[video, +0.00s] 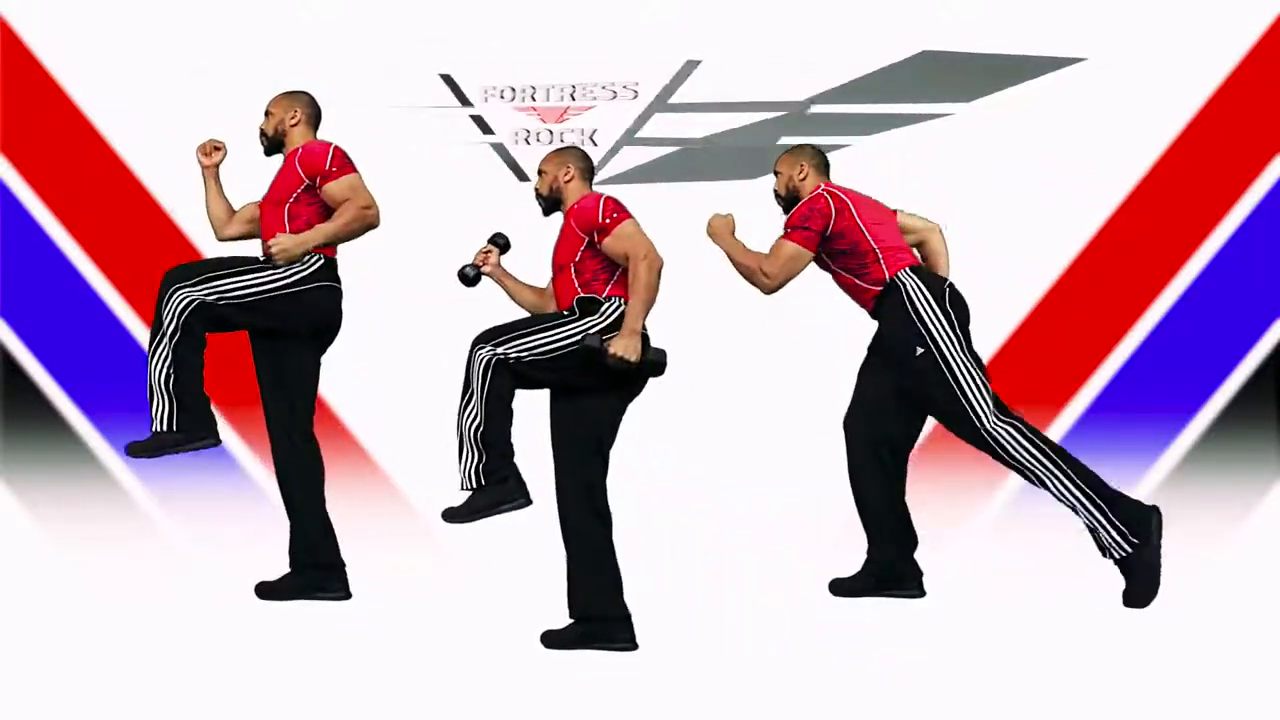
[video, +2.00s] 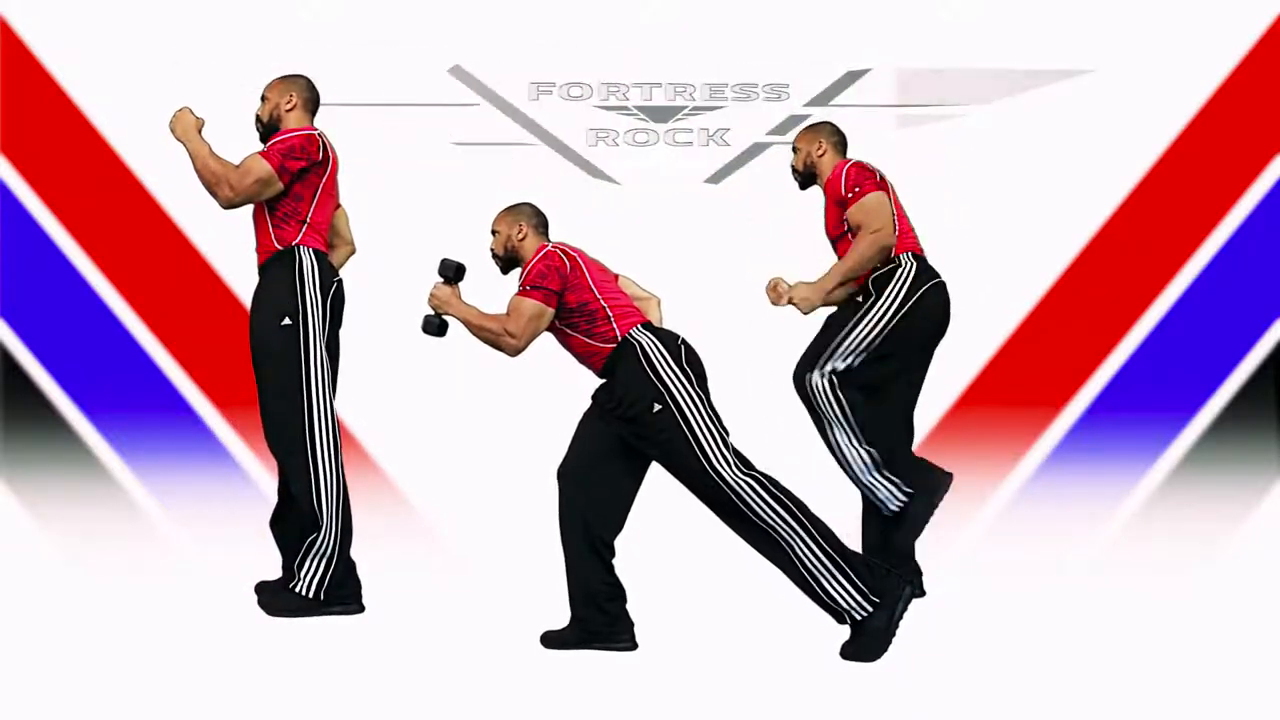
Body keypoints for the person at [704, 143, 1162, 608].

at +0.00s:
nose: (773, 188)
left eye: (778, 177)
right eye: (773, 179)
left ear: (804, 172)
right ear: (813, 178)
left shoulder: (819, 204)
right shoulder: (851, 203)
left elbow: (768, 276)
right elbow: (928, 231)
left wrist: (724, 239)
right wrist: (940, 302)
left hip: (915, 303)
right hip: (903, 315)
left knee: (985, 423)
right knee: (869, 436)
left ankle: (1128, 528)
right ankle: (892, 568)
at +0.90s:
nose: (776, 188)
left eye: (783, 178)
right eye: (776, 181)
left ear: (808, 177)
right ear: (815, 184)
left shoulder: (827, 207)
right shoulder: (852, 211)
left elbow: (803, 282)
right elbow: (919, 254)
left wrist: (742, 284)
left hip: (917, 306)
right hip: (897, 323)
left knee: (969, 427)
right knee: (861, 434)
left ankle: (1121, 529)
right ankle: (893, 567)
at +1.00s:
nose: (780, 178)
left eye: (784, 167)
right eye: (779, 171)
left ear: (807, 164)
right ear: (813, 165)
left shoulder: (835, 193)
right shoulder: (838, 205)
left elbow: (846, 262)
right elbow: (883, 278)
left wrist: (786, 301)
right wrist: (849, 315)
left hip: (910, 297)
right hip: (887, 317)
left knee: (915, 432)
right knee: (863, 433)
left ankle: (1051, 514)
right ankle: (892, 564)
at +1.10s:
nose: (786, 166)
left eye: (790, 156)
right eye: (786, 158)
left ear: (814, 153)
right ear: (815, 156)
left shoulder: (845, 180)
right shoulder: (835, 206)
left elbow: (891, 231)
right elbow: (855, 286)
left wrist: (854, 297)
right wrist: (799, 287)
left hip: (906, 288)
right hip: (893, 301)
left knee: (842, 397)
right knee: (875, 433)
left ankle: (944, 501)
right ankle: (893, 564)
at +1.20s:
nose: (792, 156)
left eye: (797, 146)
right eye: (792, 149)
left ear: (821, 144)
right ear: (823, 148)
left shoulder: (850, 168)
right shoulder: (843, 200)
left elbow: (917, 201)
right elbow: (816, 269)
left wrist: (917, 268)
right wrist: (766, 241)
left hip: (897, 282)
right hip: (912, 295)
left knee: (797, 341)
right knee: (884, 435)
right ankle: (895, 566)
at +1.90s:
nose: (797, 154)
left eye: (802, 144)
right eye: (797, 147)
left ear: (827, 142)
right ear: (827, 145)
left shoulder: (857, 165)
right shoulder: (845, 198)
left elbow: (912, 209)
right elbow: (824, 274)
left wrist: (886, 279)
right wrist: (768, 251)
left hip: (897, 288)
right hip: (901, 305)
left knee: (788, 327)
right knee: (877, 442)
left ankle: (822, 454)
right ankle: (893, 570)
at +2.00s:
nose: (792, 161)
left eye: (797, 151)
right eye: (792, 154)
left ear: (821, 147)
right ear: (824, 149)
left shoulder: (850, 172)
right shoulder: (836, 205)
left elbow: (880, 234)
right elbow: (855, 290)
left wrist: (822, 288)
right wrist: (798, 295)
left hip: (903, 283)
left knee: (817, 373)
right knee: (882, 435)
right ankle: (891, 572)